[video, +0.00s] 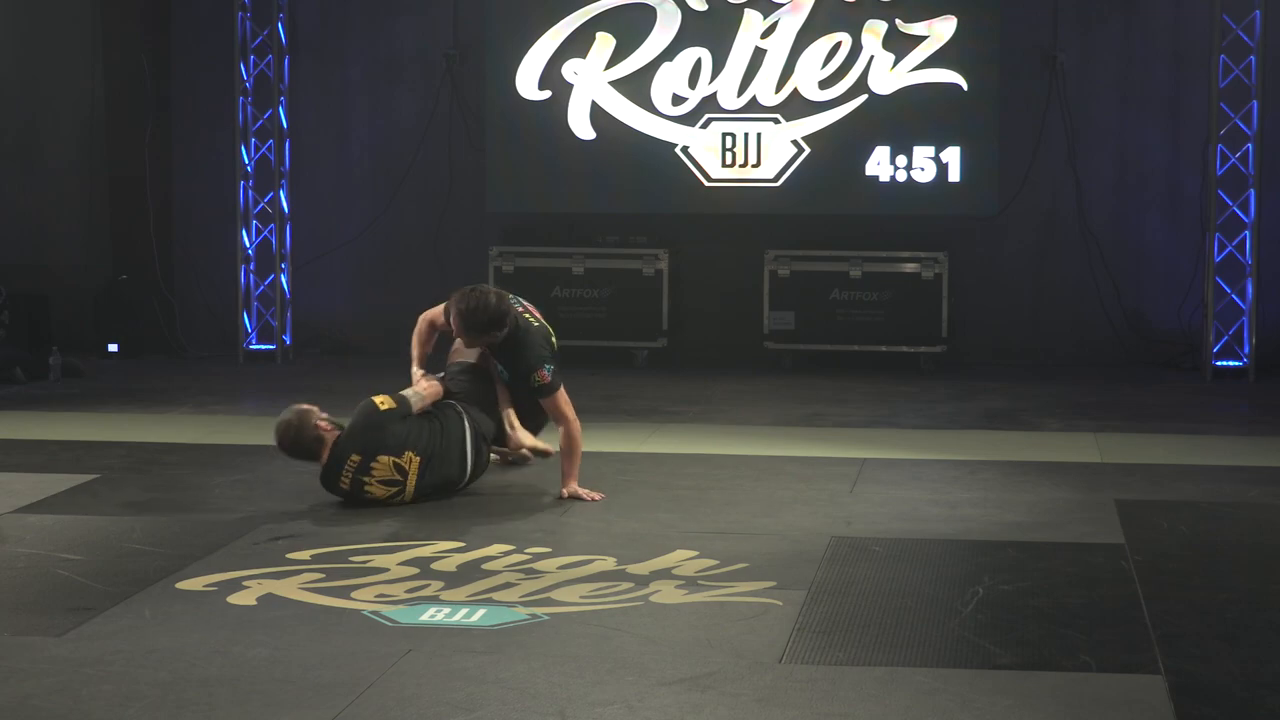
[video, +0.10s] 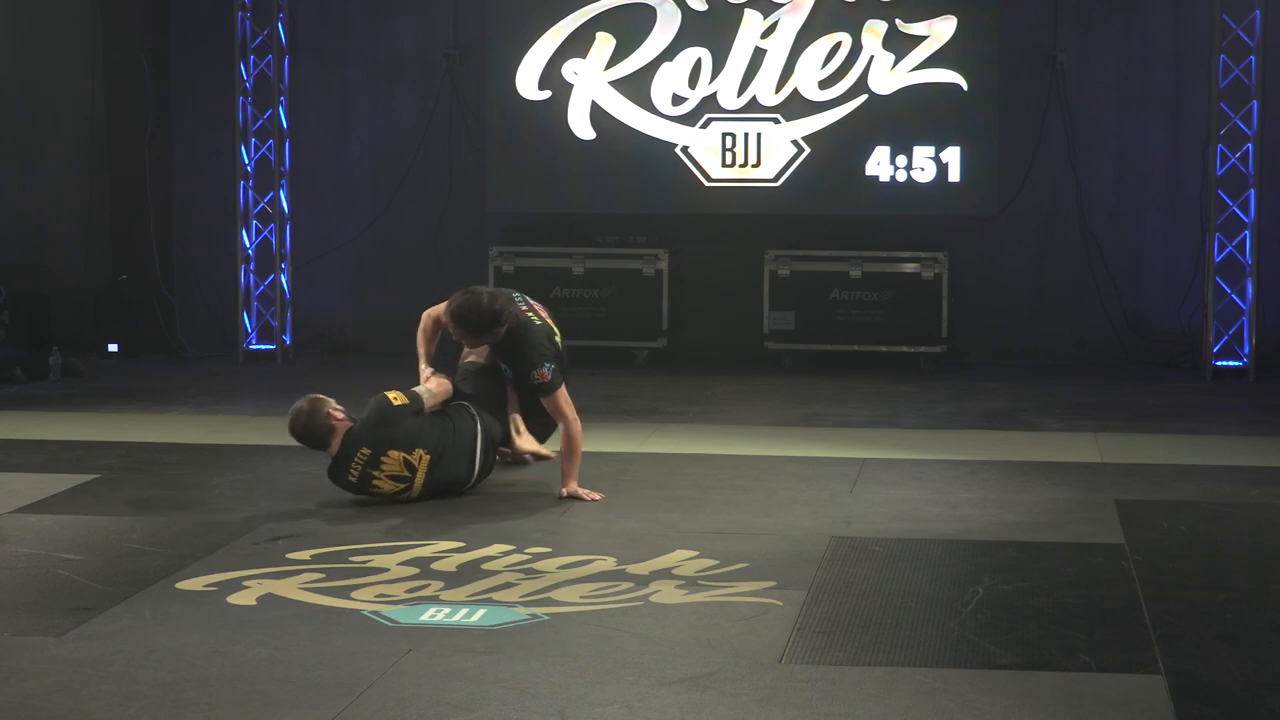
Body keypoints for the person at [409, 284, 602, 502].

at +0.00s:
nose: (455, 336)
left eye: (462, 336)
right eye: (454, 327)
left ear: (492, 337)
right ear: (459, 310)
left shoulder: (532, 357)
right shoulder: (470, 306)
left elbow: (569, 422)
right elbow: (427, 321)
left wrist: (570, 484)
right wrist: (417, 368)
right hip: (492, 365)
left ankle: (509, 453)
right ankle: (513, 432)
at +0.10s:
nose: (456, 340)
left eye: (464, 341)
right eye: (454, 333)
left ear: (493, 335)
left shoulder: (535, 359)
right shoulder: (474, 304)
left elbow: (571, 422)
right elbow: (430, 318)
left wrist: (569, 484)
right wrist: (424, 365)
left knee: (512, 449)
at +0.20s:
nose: (464, 348)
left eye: (472, 344)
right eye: (459, 339)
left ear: (499, 330)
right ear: (456, 312)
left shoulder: (534, 356)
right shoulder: (475, 297)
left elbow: (569, 420)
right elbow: (430, 308)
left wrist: (569, 485)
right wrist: (427, 360)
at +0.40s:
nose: (457, 349)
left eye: (464, 347)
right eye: (456, 341)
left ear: (500, 340)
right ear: (463, 309)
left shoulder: (537, 350)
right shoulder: (479, 289)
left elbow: (565, 418)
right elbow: (426, 294)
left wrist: (569, 483)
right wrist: (424, 354)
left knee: (533, 419)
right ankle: (497, 440)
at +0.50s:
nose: (457, 358)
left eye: (465, 356)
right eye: (456, 352)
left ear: (493, 350)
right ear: (458, 324)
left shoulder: (535, 354)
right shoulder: (472, 296)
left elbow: (564, 421)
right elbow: (420, 294)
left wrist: (569, 483)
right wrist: (420, 355)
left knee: (536, 417)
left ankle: (562, 407)